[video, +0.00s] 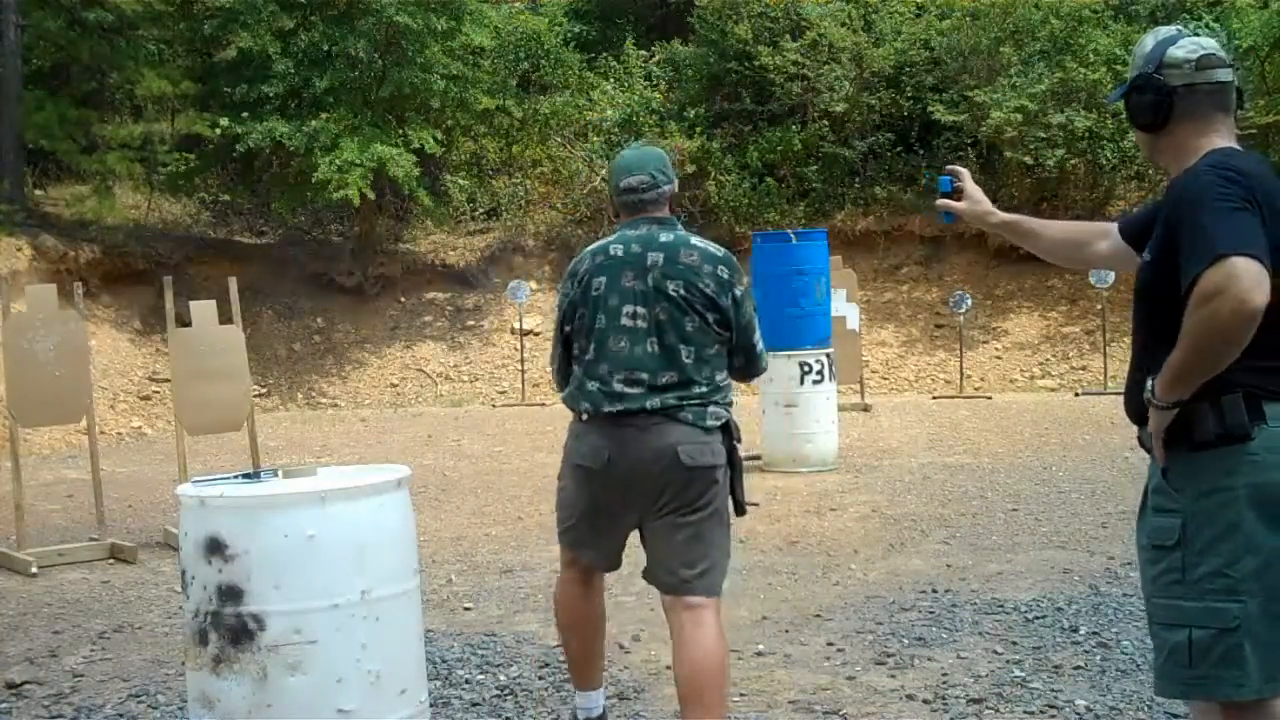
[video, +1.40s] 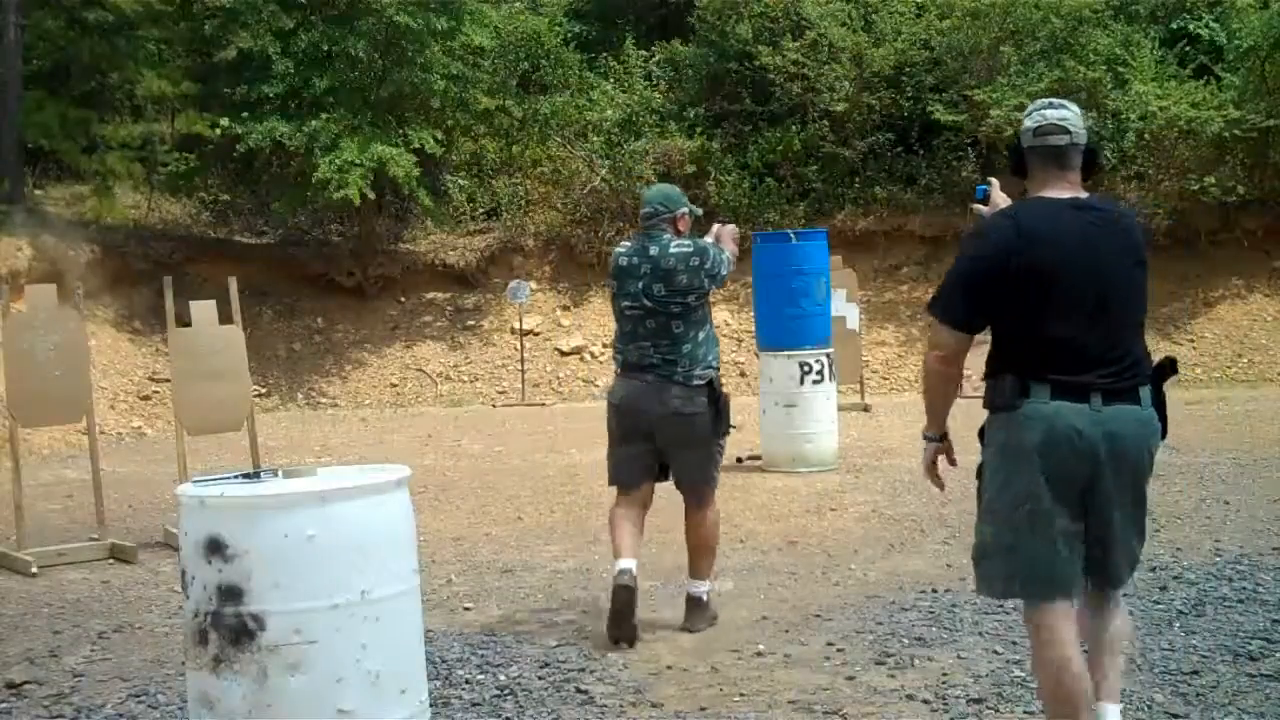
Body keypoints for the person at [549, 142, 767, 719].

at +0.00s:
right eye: (673, 189)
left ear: (615, 201)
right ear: (673, 195)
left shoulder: (586, 265)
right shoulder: (715, 262)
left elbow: (564, 368)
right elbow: (749, 361)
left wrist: (621, 378)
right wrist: (688, 347)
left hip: (599, 443)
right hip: (690, 443)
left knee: (581, 569)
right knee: (694, 601)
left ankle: (588, 708)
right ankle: (707, 715)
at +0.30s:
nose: (646, 209)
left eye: (640, 202)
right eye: (644, 202)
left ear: (584, 207)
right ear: (635, 205)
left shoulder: (557, 254)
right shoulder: (660, 249)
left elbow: (574, 316)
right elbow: (702, 314)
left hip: (566, 425)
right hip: (645, 428)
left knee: (577, 575)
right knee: (679, 557)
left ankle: (585, 708)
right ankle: (665, 654)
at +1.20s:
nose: (671, 216)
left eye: (668, 209)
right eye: (669, 209)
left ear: (623, 211)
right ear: (659, 213)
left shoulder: (597, 249)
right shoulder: (673, 248)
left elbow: (642, 260)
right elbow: (705, 266)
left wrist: (694, 240)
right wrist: (711, 240)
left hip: (604, 388)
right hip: (664, 391)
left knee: (614, 503)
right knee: (684, 495)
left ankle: (615, 622)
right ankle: (677, 608)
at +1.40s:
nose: (689, 223)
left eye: (687, 217)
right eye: (688, 217)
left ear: (643, 220)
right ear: (679, 221)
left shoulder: (620, 256)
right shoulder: (694, 256)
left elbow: (662, 259)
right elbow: (725, 262)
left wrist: (707, 241)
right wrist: (725, 241)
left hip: (629, 391)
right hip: (686, 395)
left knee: (629, 496)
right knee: (700, 501)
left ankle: (624, 572)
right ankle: (698, 601)